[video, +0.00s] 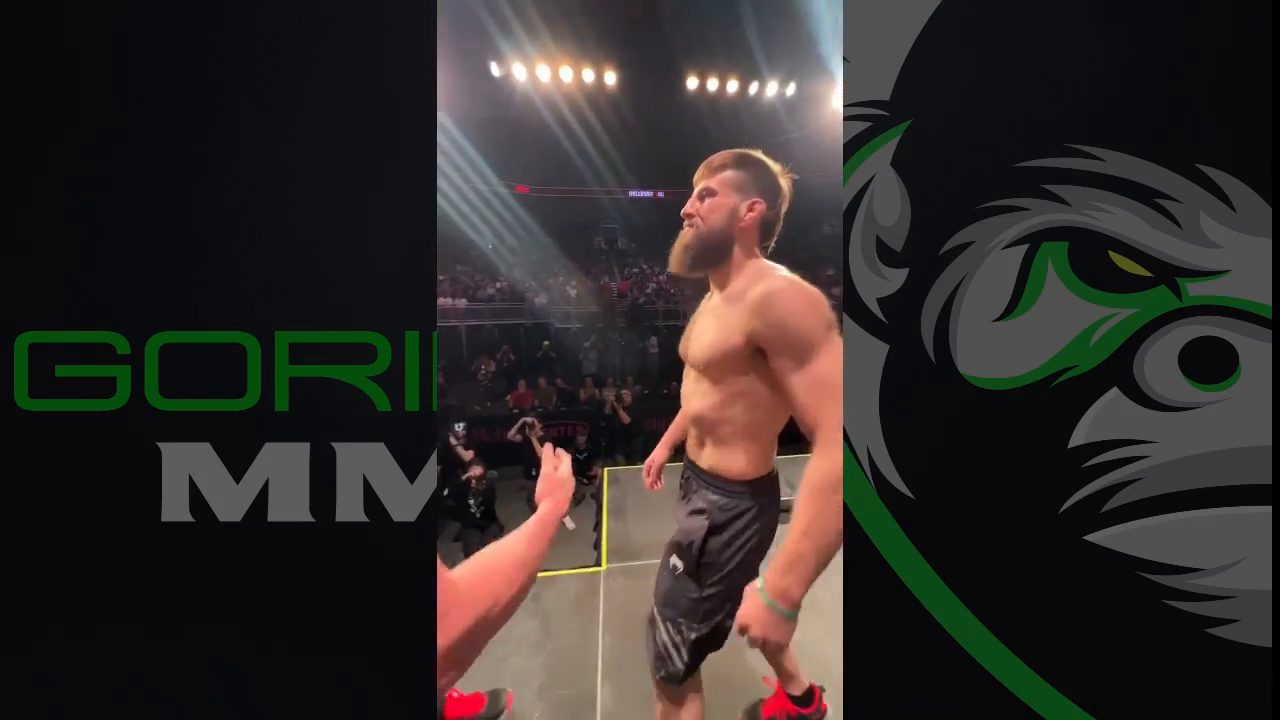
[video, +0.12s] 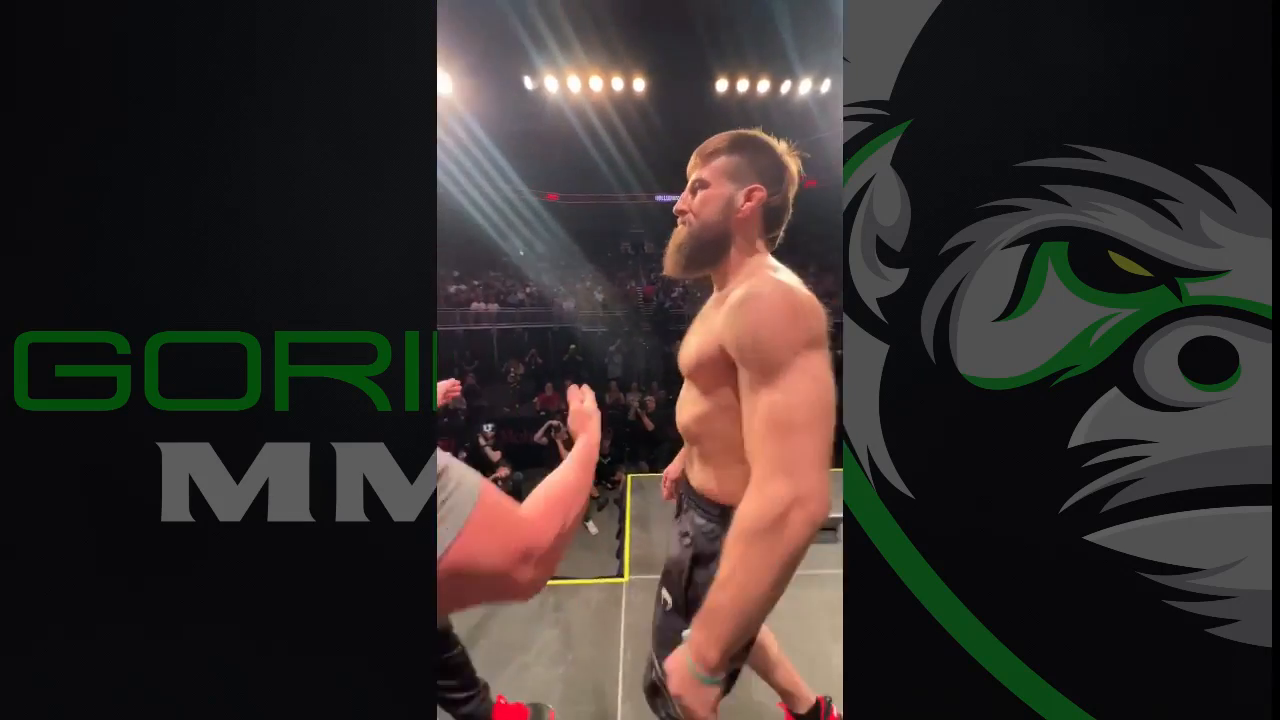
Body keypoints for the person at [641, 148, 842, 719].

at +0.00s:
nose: (687, 206)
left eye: (706, 194)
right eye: (692, 195)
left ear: (751, 211)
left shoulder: (781, 298)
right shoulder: (718, 295)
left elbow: (840, 447)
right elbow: (711, 389)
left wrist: (782, 591)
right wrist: (666, 444)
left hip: (733, 504)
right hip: (704, 487)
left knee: (671, 658)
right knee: (752, 603)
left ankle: (676, 710)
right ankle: (797, 694)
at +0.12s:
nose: (680, 203)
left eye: (699, 187)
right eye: (686, 187)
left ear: (749, 200)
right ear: (741, 203)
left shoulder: (770, 300)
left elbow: (792, 497)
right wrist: (688, 458)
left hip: (726, 531)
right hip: (702, 513)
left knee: (677, 687)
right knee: (728, 622)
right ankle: (805, 704)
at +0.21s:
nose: (670, 208)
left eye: (688, 188)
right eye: (676, 190)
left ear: (743, 194)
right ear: (737, 197)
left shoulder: (761, 300)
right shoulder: (744, 296)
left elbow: (746, 527)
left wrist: (620, 652)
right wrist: (701, 478)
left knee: (691, 703)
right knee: (734, 667)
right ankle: (792, 710)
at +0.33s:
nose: (658, 222)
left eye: (671, 196)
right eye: (662, 201)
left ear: (725, 191)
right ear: (726, 194)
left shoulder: (756, 299)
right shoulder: (777, 290)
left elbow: (688, 561)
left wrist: (550, 590)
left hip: (739, 594)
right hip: (756, 577)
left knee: (716, 711)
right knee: (710, 708)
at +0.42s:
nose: (654, 235)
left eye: (665, 208)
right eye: (656, 212)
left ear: (718, 197)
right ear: (718, 200)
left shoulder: (759, 299)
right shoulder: (794, 292)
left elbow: (684, 589)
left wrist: (547, 579)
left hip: (751, 616)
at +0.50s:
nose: (656, 245)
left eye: (666, 217)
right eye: (657, 222)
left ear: (720, 205)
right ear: (721, 208)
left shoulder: (776, 303)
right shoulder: (807, 299)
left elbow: (723, 632)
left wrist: (567, 607)